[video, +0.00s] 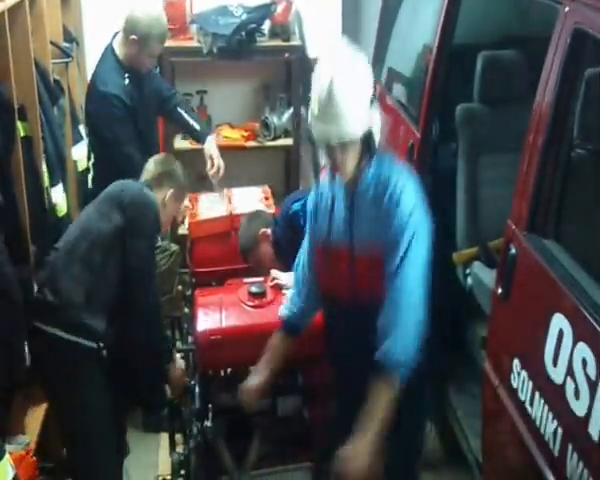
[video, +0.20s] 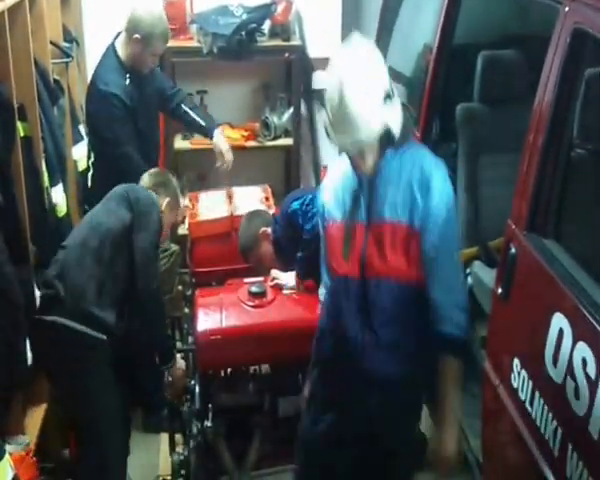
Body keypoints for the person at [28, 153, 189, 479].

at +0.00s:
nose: (173, 222)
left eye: (179, 214)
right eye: (177, 211)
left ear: (152, 184)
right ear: (167, 194)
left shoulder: (122, 194)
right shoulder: (140, 201)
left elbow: (136, 300)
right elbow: (141, 299)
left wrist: (165, 358)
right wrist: (165, 363)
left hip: (50, 328)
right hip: (74, 339)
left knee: (90, 448)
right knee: (103, 452)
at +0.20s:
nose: (167, 231)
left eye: (173, 224)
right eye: (172, 220)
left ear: (145, 192)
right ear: (164, 200)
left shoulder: (112, 205)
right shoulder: (145, 202)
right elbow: (147, 286)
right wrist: (168, 357)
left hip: (50, 324)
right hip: (82, 333)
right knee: (108, 436)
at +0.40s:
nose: (170, 231)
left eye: (173, 226)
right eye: (173, 222)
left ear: (148, 190)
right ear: (169, 204)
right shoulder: (150, 199)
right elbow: (152, 278)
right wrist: (171, 356)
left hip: (53, 324)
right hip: (87, 329)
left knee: (96, 430)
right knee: (111, 428)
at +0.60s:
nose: (172, 231)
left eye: (176, 225)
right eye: (175, 222)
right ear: (171, 204)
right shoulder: (151, 198)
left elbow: (132, 315)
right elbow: (153, 277)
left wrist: (158, 373)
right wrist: (172, 356)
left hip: (55, 320)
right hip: (86, 325)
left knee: (96, 428)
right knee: (112, 426)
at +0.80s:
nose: (170, 242)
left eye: (175, 234)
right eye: (175, 230)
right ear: (170, 207)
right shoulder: (151, 199)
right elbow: (153, 276)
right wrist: (172, 357)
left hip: (51, 318)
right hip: (83, 323)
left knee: (92, 429)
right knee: (111, 429)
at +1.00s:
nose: (171, 248)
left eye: (176, 242)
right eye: (176, 236)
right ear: (169, 211)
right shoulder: (147, 201)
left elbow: (130, 327)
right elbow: (150, 281)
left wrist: (160, 391)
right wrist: (171, 359)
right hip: (75, 323)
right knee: (106, 432)